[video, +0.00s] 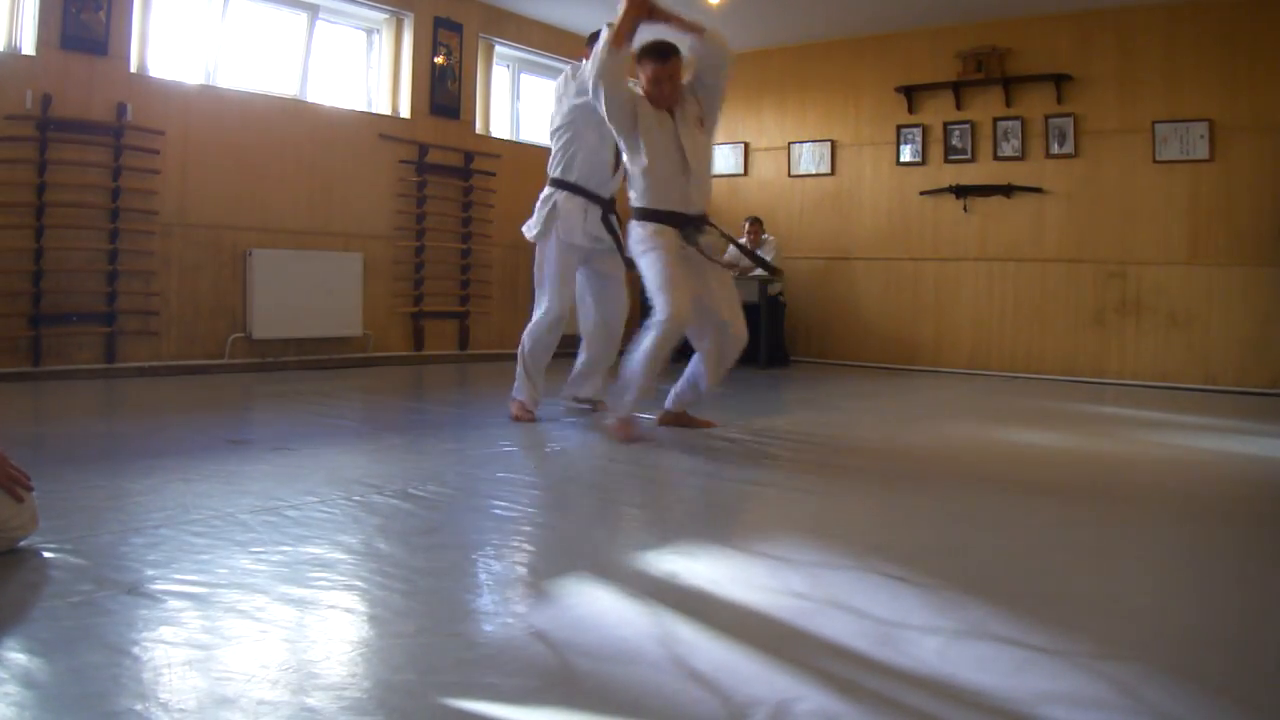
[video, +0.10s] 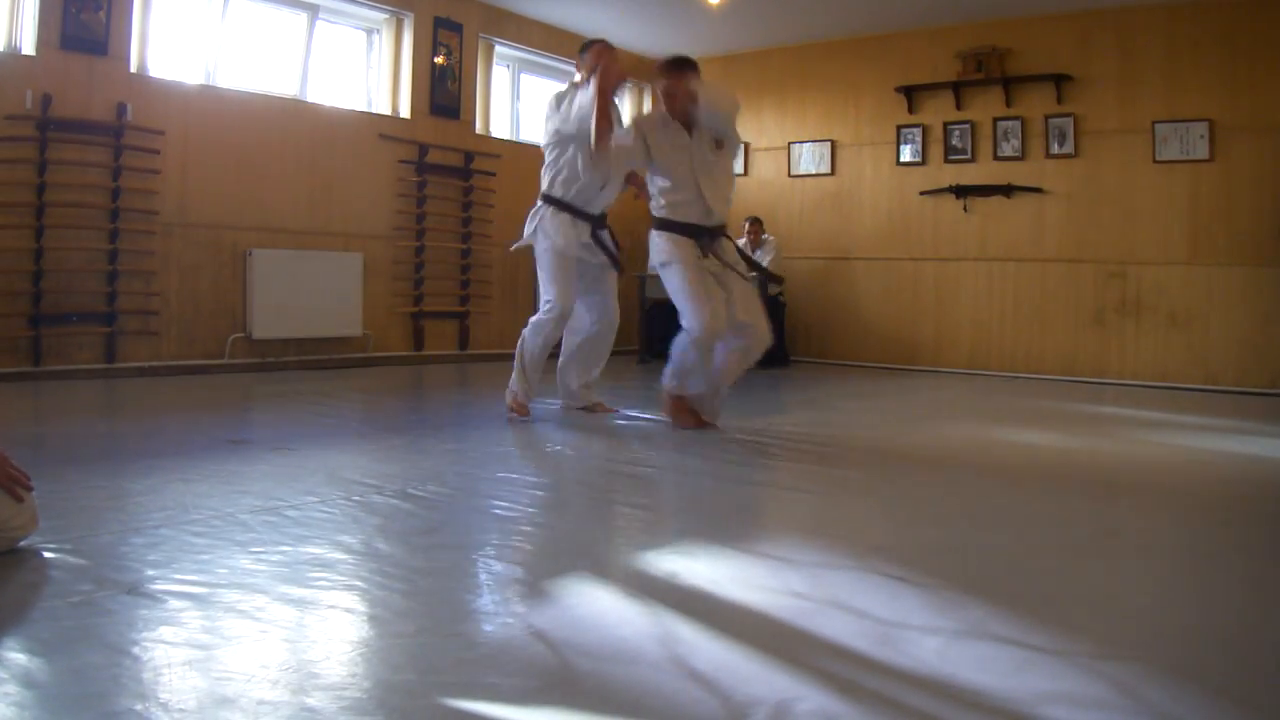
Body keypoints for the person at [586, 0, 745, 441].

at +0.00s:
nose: (662, 86)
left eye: (668, 77)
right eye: (653, 78)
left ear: (681, 74)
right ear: (638, 79)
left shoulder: (699, 112)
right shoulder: (631, 117)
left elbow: (719, 53)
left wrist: (670, 19)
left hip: (695, 235)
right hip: (652, 230)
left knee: (730, 334)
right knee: (673, 312)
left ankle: (677, 407)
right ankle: (620, 413)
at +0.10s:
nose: (676, 96)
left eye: (684, 88)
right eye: (669, 89)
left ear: (697, 90)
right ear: (659, 92)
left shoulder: (717, 128)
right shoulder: (648, 129)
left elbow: (727, 108)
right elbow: (607, 156)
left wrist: (691, 89)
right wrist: (603, 94)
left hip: (716, 240)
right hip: (672, 239)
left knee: (755, 332)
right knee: (703, 321)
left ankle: (700, 402)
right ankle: (676, 391)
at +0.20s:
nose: (688, 128)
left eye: (696, 120)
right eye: (681, 120)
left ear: (713, 118)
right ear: (674, 121)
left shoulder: (737, 143)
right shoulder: (664, 155)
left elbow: (731, 183)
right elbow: (636, 199)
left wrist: (666, 185)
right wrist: (613, 227)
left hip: (735, 262)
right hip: (687, 262)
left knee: (770, 355)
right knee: (702, 343)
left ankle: (720, 374)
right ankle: (687, 408)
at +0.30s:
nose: (697, 165)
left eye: (706, 157)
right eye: (693, 156)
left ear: (725, 154)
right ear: (687, 155)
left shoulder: (750, 181)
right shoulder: (675, 188)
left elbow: (757, 247)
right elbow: (652, 237)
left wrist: (698, 264)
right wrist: (630, 281)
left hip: (748, 285)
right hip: (700, 283)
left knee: (758, 386)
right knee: (687, 344)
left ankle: (773, 379)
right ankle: (697, 410)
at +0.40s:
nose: (723, 191)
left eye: (731, 185)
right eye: (720, 183)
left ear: (750, 183)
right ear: (715, 180)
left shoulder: (770, 213)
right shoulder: (701, 204)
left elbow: (769, 276)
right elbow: (659, 234)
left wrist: (711, 305)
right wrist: (633, 276)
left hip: (760, 301)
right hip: (715, 292)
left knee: (766, 409)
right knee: (685, 324)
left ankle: (788, 385)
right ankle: (695, 413)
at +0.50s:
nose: (743, 189)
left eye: (752, 183)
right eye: (741, 180)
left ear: (771, 182)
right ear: (736, 177)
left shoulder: (790, 211)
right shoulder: (723, 199)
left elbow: (790, 272)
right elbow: (673, 208)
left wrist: (738, 297)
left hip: (771, 304)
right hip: (728, 289)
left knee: (768, 408)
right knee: (682, 311)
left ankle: (779, 395)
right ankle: (694, 407)